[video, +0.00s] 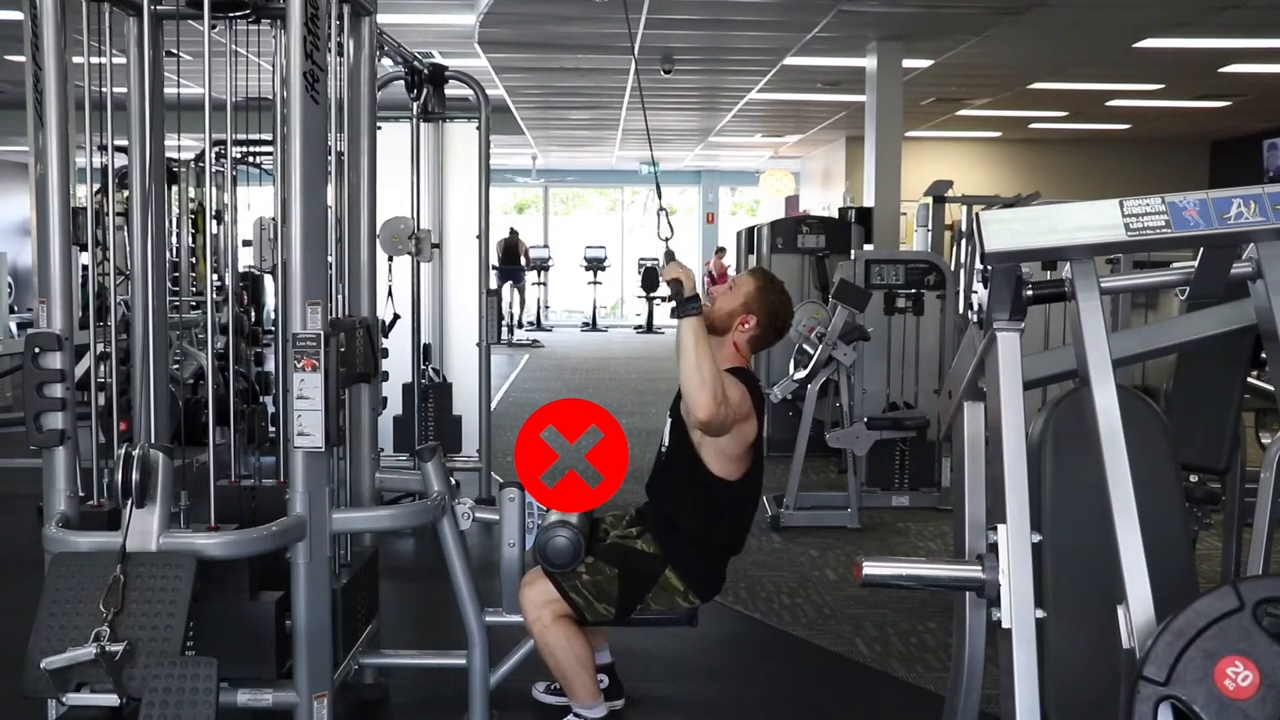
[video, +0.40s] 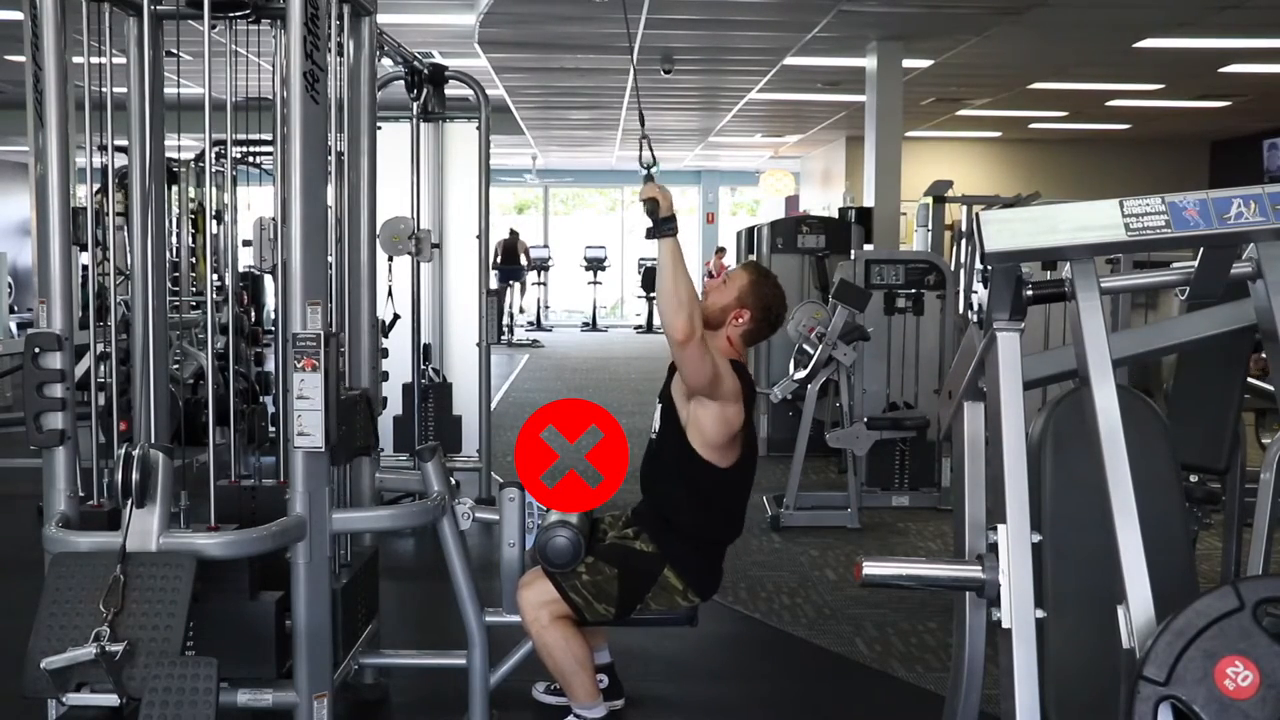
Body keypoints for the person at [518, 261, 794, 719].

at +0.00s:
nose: (717, 286)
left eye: (730, 287)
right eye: (726, 281)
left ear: (743, 324)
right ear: (744, 327)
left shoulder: (737, 389)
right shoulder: (721, 371)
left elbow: (706, 411)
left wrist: (688, 302)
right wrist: (714, 289)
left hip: (678, 562)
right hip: (658, 529)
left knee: (539, 594)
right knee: (555, 543)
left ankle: (589, 712)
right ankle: (596, 674)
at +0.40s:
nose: (711, 279)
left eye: (723, 279)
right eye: (721, 274)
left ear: (738, 316)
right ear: (738, 320)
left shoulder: (717, 379)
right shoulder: (711, 360)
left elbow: (683, 332)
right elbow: (688, 322)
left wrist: (665, 225)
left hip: (676, 563)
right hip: (654, 530)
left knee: (536, 596)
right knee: (552, 549)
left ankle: (589, 709)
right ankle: (595, 672)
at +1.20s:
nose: (709, 266)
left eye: (722, 270)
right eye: (720, 261)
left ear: (735, 310)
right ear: (737, 313)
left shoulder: (703, 353)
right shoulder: (705, 346)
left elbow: (670, 266)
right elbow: (673, 265)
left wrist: (653, 165)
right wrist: (651, 171)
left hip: (669, 555)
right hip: (658, 534)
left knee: (533, 596)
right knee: (554, 548)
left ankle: (588, 710)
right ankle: (593, 672)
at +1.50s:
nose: (765, 298)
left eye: (779, 297)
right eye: (775, 292)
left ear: (796, 332)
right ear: (795, 334)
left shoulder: (762, 396)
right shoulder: (751, 371)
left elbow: (720, 356)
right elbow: (720, 336)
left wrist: (697, 250)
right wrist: (706, 265)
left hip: (670, 564)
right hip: (649, 529)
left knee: (533, 596)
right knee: (552, 545)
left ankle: (589, 711)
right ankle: (595, 672)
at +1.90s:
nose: (813, 335)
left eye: (829, 335)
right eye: (825, 328)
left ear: (844, 371)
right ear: (842, 371)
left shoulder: (816, 435)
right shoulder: (797, 399)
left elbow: (784, 499)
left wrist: (766, 403)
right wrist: (755, 381)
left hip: (679, 560)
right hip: (660, 523)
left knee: (536, 595)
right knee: (553, 544)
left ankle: (590, 711)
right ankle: (596, 674)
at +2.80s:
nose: (802, 324)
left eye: (818, 324)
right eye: (814, 317)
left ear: (831, 360)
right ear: (828, 360)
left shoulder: (799, 415)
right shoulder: (782, 384)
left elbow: (750, 398)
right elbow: (723, 361)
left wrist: (726, 293)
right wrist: (715, 292)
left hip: (676, 560)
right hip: (658, 527)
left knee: (535, 596)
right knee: (550, 548)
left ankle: (590, 711)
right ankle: (596, 673)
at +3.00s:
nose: (766, 301)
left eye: (782, 302)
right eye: (777, 296)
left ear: (796, 337)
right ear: (794, 339)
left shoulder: (760, 389)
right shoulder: (751, 373)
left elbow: (714, 330)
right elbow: (711, 321)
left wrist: (691, 228)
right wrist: (689, 235)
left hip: (669, 560)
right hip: (649, 528)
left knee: (532, 598)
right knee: (544, 559)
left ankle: (590, 711)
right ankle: (594, 670)